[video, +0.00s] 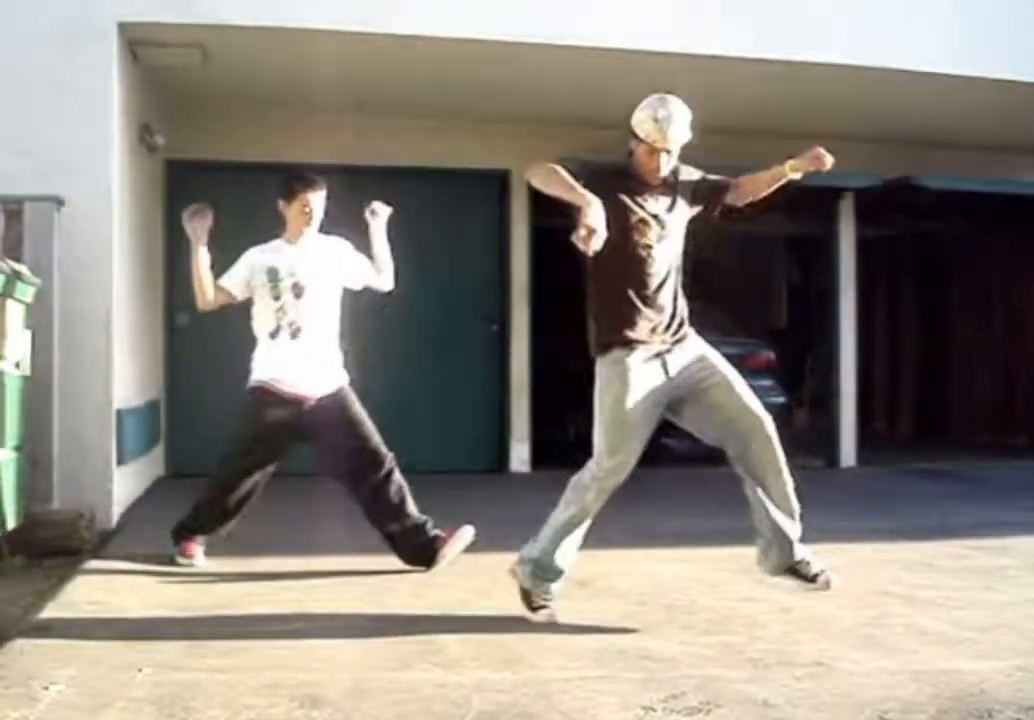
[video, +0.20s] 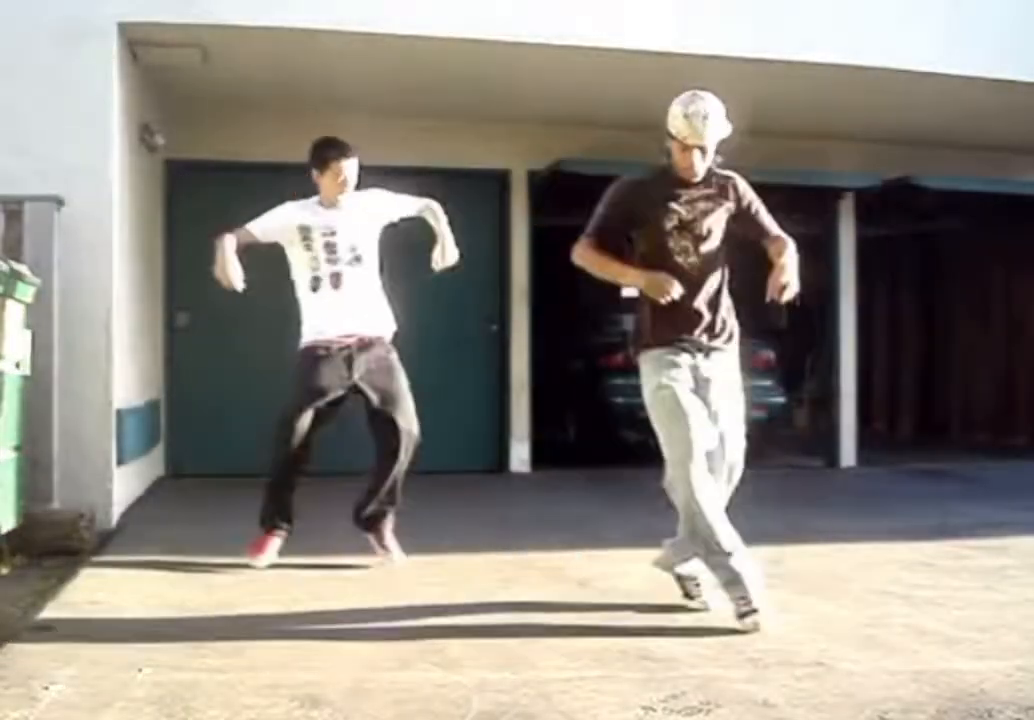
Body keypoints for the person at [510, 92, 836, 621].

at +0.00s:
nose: (660, 163)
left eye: (671, 153)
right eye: (652, 150)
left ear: (681, 150)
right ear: (634, 141)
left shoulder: (683, 184)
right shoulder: (608, 189)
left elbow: (738, 193)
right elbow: (537, 172)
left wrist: (791, 168)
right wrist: (588, 203)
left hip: (683, 345)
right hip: (627, 357)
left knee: (755, 429)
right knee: (611, 466)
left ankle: (785, 553)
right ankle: (536, 570)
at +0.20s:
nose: (693, 158)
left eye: (702, 148)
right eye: (684, 147)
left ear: (717, 144)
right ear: (670, 140)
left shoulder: (731, 189)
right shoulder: (634, 194)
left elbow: (778, 240)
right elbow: (583, 252)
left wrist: (786, 265)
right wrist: (638, 277)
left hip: (721, 346)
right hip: (665, 348)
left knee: (730, 458)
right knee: (690, 456)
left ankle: (682, 553)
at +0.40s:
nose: (712, 165)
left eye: (722, 154)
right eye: (705, 154)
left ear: (737, 147)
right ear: (690, 145)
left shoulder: (760, 197)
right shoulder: (661, 199)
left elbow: (803, 254)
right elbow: (633, 252)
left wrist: (781, 316)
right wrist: (643, 308)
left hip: (748, 359)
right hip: (686, 359)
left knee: (748, 479)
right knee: (717, 473)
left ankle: (689, 555)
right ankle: (765, 582)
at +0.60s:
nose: (734, 167)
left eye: (744, 158)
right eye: (726, 157)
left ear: (763, 150)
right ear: (713, 148)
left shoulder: (785, 193)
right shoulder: (687, 201)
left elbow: (822, 226)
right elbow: (657, 258)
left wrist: (810, 274)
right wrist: (650, 312)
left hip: (771, 365)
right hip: (701, 362)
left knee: (806, 476)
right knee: (663, 473)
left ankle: (836, 587)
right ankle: (634, 590)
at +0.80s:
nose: (725, 161)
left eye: (736, 152)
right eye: (718, 150)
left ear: (754, 145)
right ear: (705, 139)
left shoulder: (773, 187)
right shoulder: (674, 187)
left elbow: (835, 238)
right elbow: (619, 243)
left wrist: (799, 236)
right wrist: (675, 246)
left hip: (751, 352)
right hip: (687, 344)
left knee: (784, 467)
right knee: (674, 454)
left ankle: (823, 584)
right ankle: (623, 593)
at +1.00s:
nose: (700, 157)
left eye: (711, 147)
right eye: (693, 145)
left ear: (725, 141)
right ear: (677, 133)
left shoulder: (728, 183)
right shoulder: (643, 176)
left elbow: (752, 248)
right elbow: (607, 243)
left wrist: (689, 259)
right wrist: (676, 238)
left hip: (707, 340)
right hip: (650, 336)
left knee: (712, 461)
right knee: (674, 451)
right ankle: (732, 576)